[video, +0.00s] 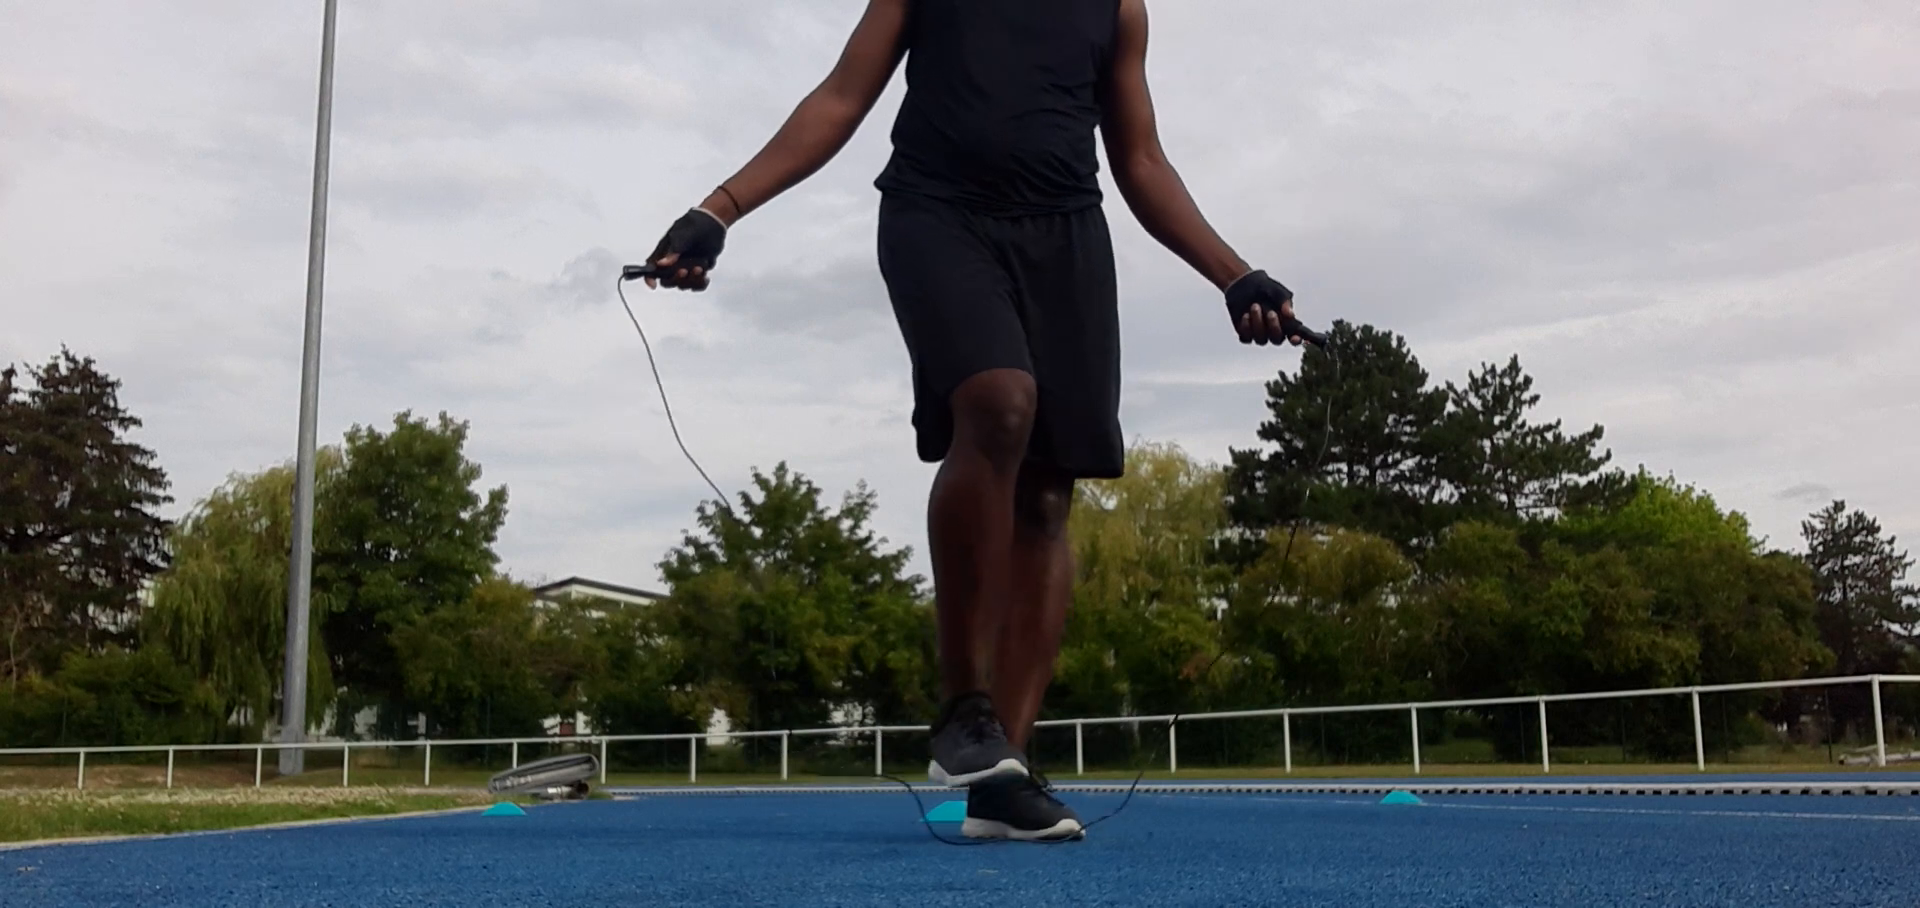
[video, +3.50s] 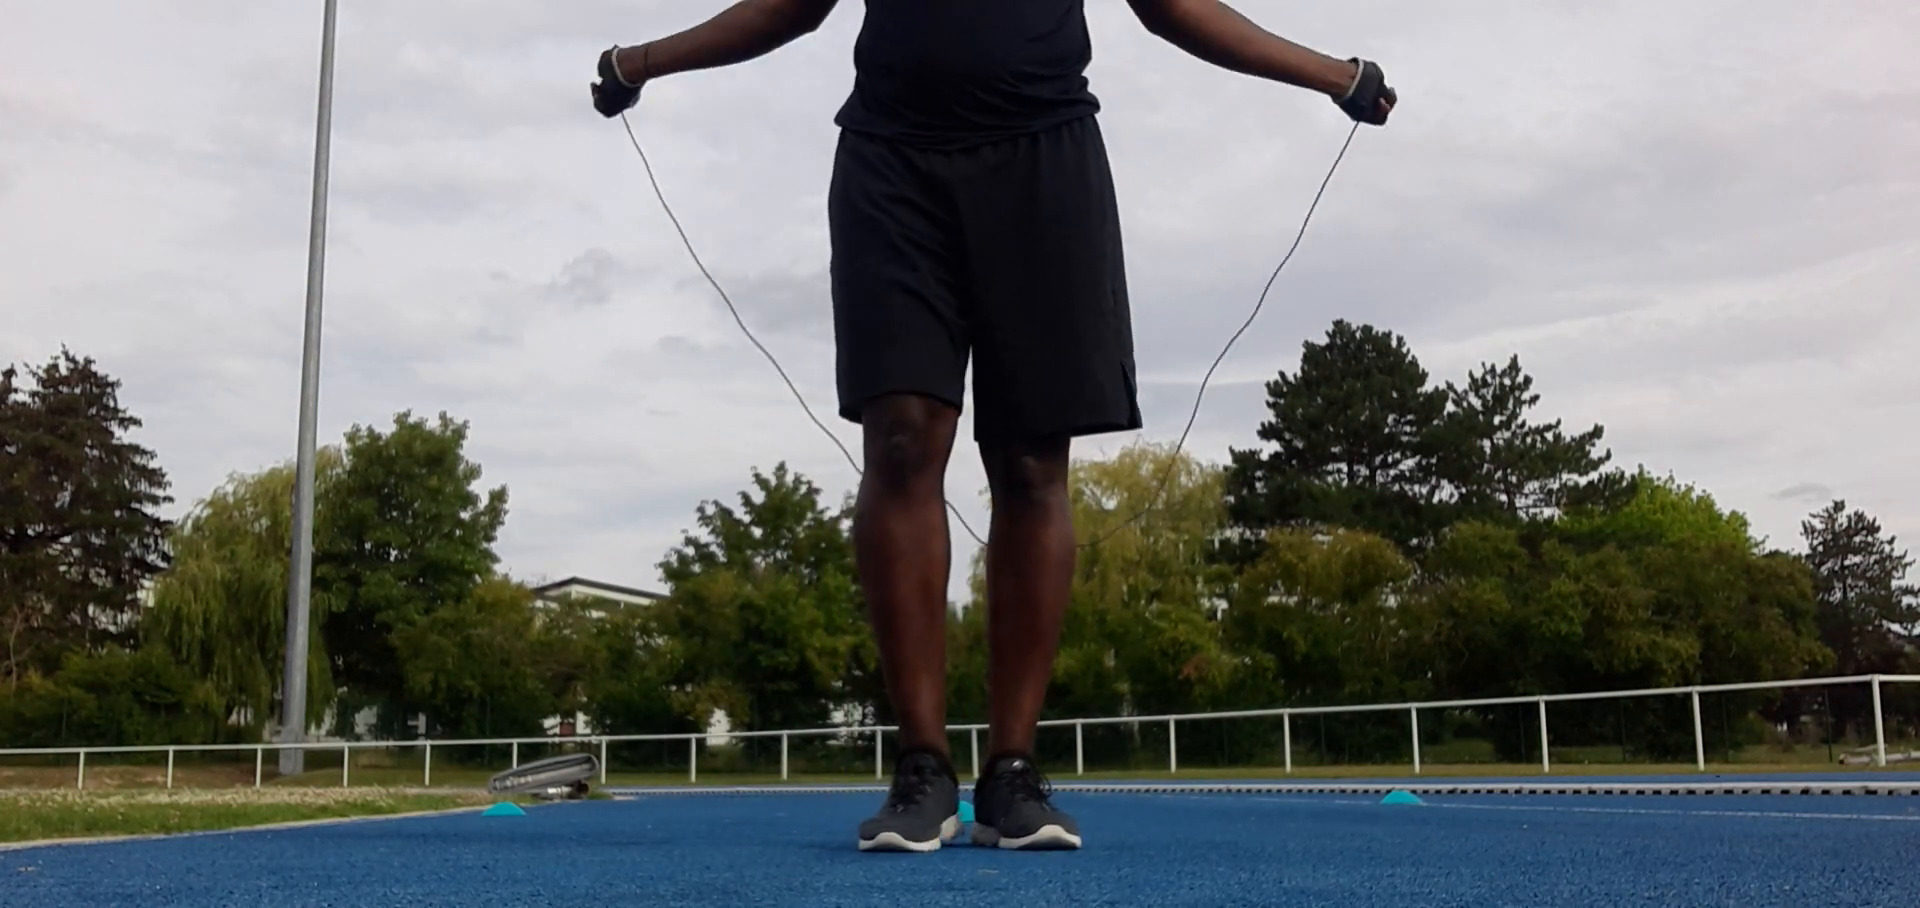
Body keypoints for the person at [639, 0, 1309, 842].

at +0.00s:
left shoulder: (1116, 8)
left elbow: (1140, 159)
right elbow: (840, 97)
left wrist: (1236, 274)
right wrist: (718, 206)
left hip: (1063, 230)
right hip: (938, 214)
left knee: (1045, 495)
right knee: (1000, 405)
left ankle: (1006, 765)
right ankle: (965, 708)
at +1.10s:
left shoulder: (1060, 4)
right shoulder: (857, 3)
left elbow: (1108, 121)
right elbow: (790, 97)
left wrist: (1241, 206)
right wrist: (658, 183)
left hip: (1019, 232)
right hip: (881, 230)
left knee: (1016, 498)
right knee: (884, 470)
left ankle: (1003, 774)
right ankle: (875, 773)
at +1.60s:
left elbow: (1036, 99)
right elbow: (729, 101)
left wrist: (1172, 209)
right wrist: (622, 219)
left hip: (975, 205)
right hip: (834, 212)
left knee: (996, 410)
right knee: (839, 488)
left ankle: (972, 655)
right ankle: (872, 772)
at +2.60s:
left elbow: (1123, 81)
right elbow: (782, 41)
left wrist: (1280, 147)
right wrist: (624, 89)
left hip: (1031, 185)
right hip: (882, 187)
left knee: (1032, 470)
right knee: (889, 445)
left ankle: (1010, 770)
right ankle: (879, 743)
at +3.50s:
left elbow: (1173, 6)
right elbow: (793, 7)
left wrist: (1326, 70)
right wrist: (648, 57)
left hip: (1042, 150)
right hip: (893, 153)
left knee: (1032, 462)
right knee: (902, 442)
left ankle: (1012, 778)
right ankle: (920, 772)